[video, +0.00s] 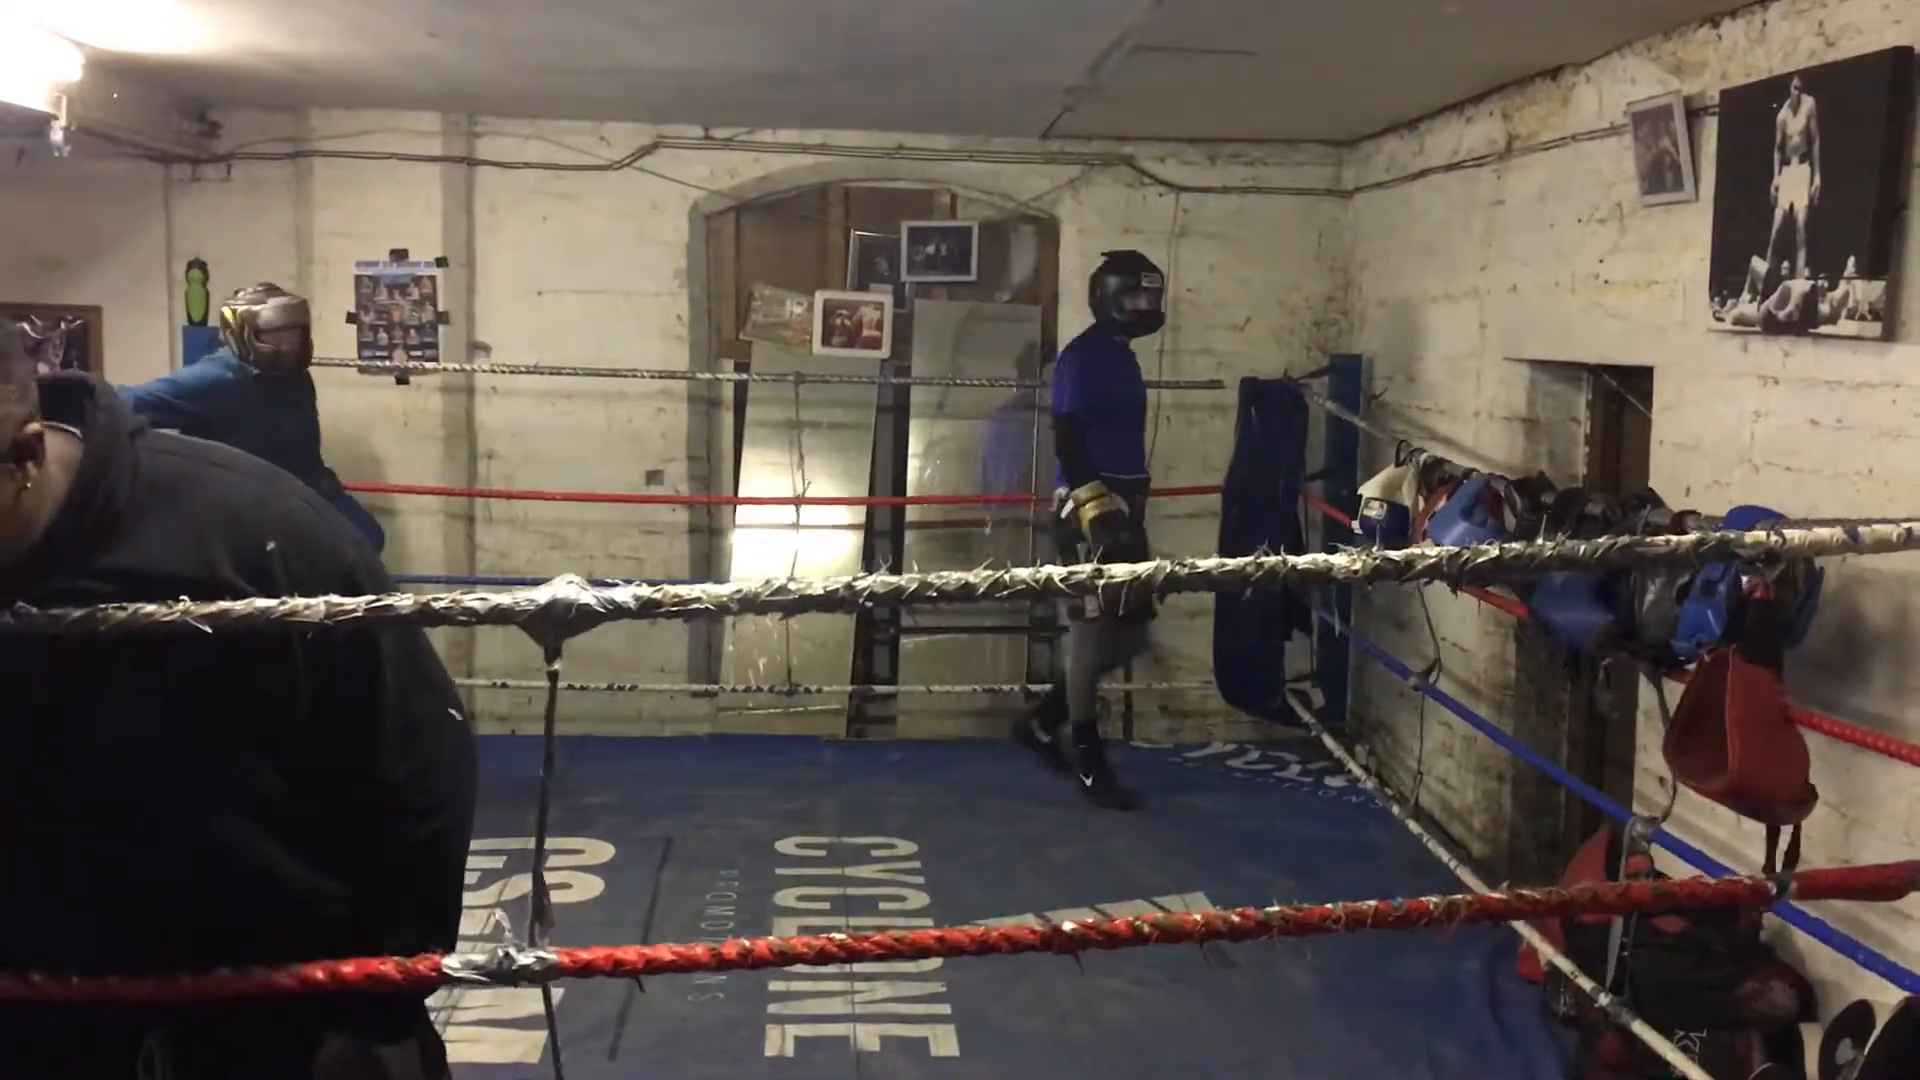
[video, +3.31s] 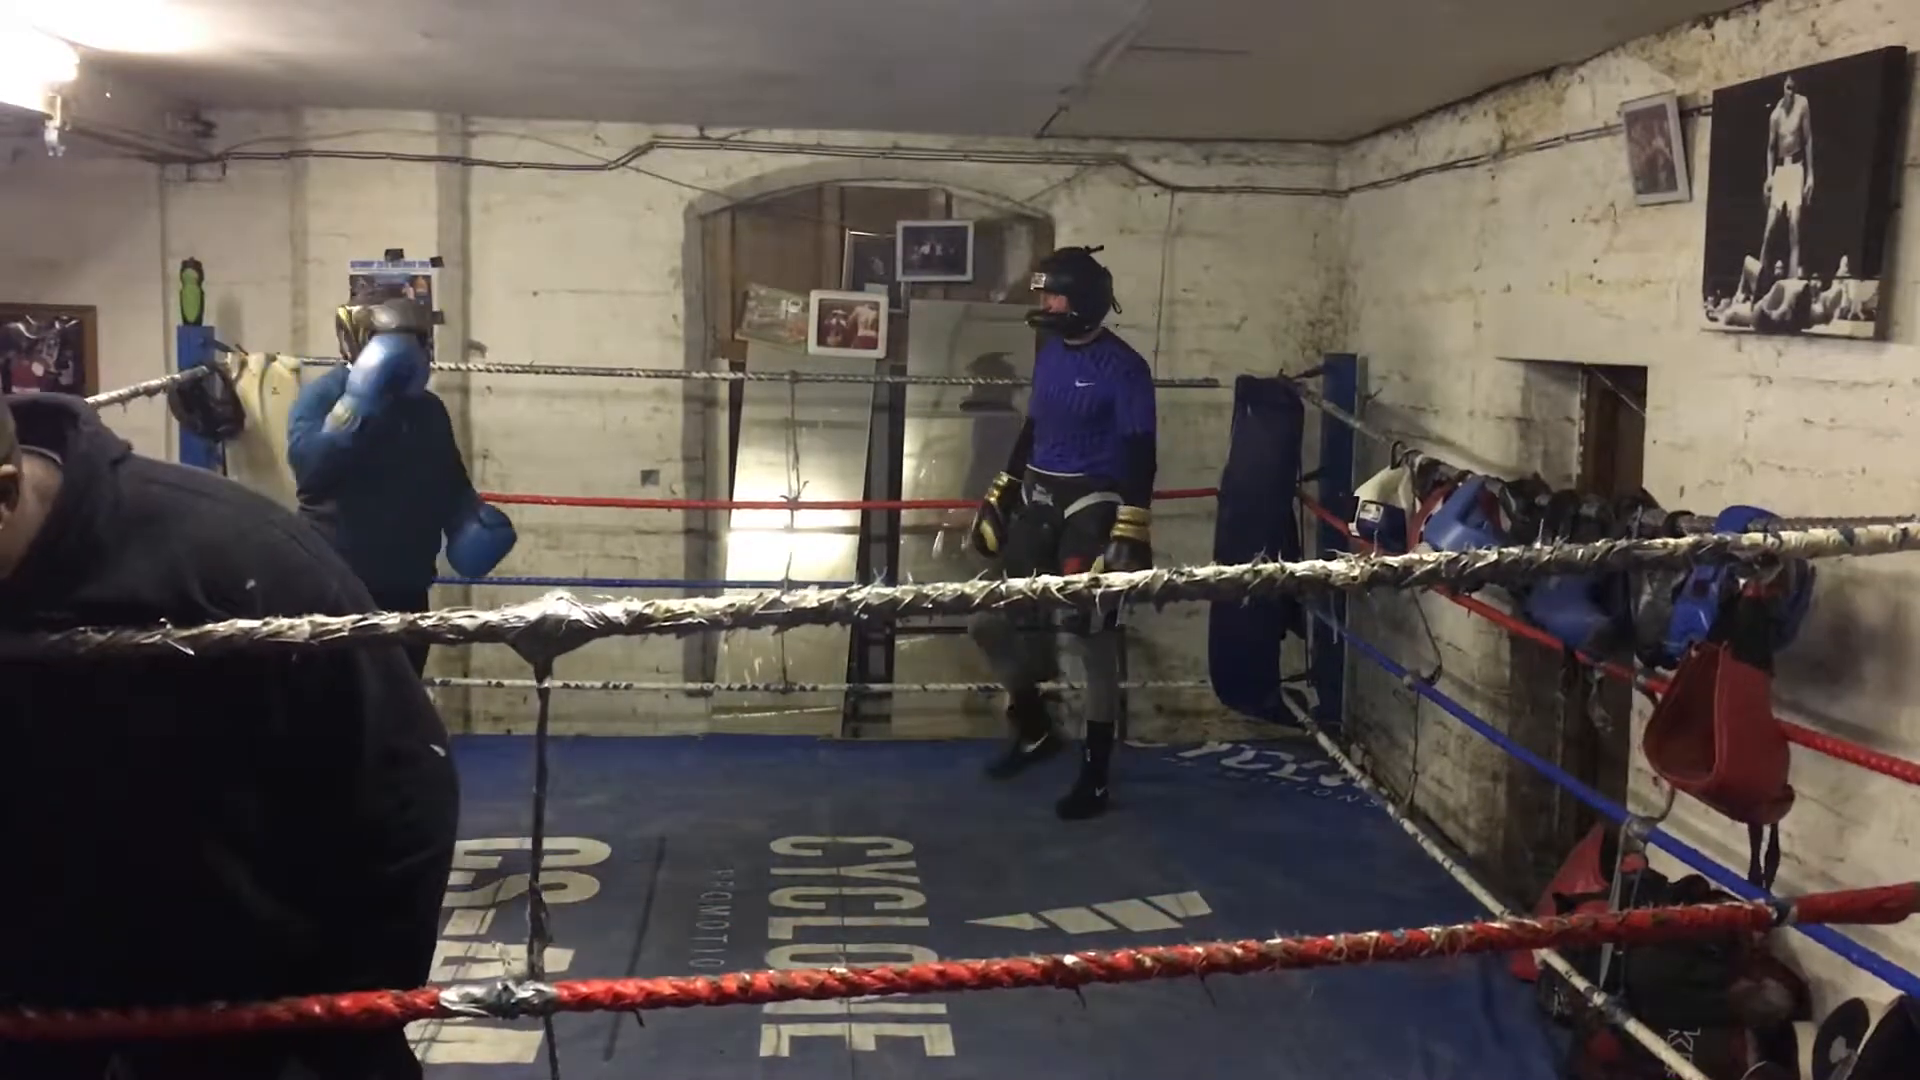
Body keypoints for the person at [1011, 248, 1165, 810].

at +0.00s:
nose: (1151, 304)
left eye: (1155, 294)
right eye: (1139, 294)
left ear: (1153, 300)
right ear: (1106, 298)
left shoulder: (1123, 356)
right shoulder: (1082, 356)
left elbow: (1121, 434)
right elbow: (1067, 437)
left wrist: (1134, 498)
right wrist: (1096, 503)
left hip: (1124, 506)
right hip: (1088, 509)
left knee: (1129, 630)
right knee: (1087, 627)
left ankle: (1046, 716)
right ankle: (1086, 754)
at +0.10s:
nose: (1143, 301)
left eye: (1153, 291)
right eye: (1131, 291)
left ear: (1164, 300)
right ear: (1108, 297)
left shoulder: (1145, 364)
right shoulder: (1081, 359)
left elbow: (1140, 441)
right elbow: (1066, 439)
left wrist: (1150, 502)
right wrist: (1093, 504)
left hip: (1138, 507)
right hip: (1091, 509)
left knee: (1156, 633)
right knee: (1092, 628)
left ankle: (1101, 722)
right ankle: (1089, 757)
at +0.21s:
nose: (1141, 300)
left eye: (1153, 291)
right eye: (1131, 291)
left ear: (1169, 299)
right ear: (1112, 297)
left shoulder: (1166, 362)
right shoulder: (1088, 355)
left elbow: (1167, 433)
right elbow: (1063, 435)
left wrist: (1169, 494)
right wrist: (1085, 492)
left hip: (1156, 500)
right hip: (1097, 498)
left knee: (1172, 627)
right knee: (1095, 629)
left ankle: (1167, 745)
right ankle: (1090, 761)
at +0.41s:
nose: (1148, 299)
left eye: (1160, 290)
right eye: (1139, 289)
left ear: (1183, 298)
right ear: (1128, 296)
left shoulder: (1206, 359)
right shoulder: (1108, 355)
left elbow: (1227, 437)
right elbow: (1074, 433)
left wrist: (1240, 511)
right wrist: (1052, 504)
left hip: (1189, 508)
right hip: (1123, 507)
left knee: (1190, 644)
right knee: (1115, 637)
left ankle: (1198, 760)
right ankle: (1092, 766)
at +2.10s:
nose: (1070, 310)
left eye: (1081, 300)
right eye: (1067, 299)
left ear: (1111, 305)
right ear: (1070, 304)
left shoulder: (1155, 361)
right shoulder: (1069, 358)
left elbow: (1182, 444)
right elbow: (1055, 433)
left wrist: (1180, 519)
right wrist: (1036, 503)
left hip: (1140, 503)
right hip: (1084, 505)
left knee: (1124, 629)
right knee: (1098, 628)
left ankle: (1127, 764)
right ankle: (1111, 747)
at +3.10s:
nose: (1061, 304)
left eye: (1072, 296)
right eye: (1060, 295)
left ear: (1103, 306)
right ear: (1067, 300)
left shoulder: (1138, 370)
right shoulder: (1060, 354)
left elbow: (1152, 457)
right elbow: (1040, 428)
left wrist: (1141, 531)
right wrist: (1007, 493)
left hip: (1104, 508)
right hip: (1047, 502)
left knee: (1094, 635)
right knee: (1014, 628)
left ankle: (1095, 777)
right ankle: (1081, 678)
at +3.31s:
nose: (1043, 307)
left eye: (1054, 297)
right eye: (1042, 296)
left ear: (1083, 302)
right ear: (1048, 301)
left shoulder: (1125, 367)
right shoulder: (1048, 353)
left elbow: (1141, 454)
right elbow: (1032, 429)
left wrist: (1133, 525)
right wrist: (1000, 495)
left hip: (1096, 505)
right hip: (1038, 500)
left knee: (1093, 630)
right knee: (994, 621)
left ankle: (1096, 771)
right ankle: (1034, 729)